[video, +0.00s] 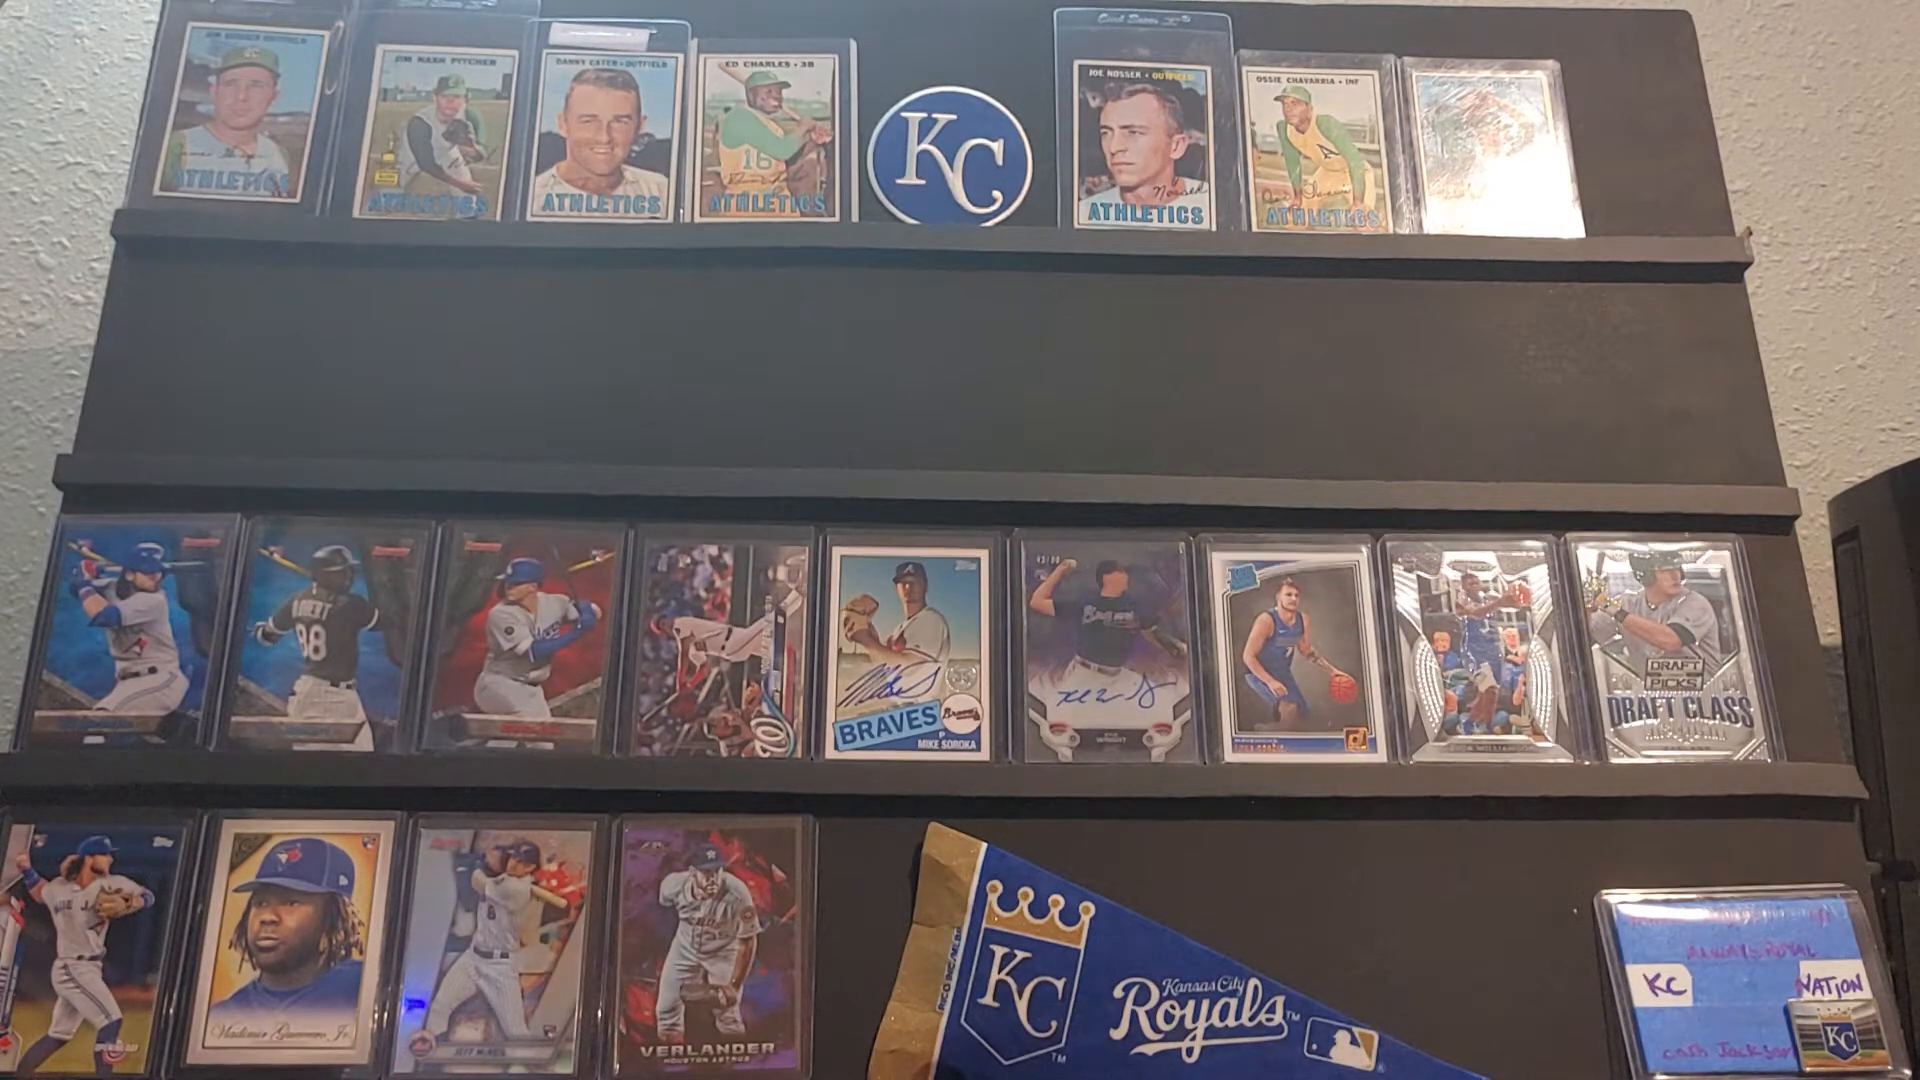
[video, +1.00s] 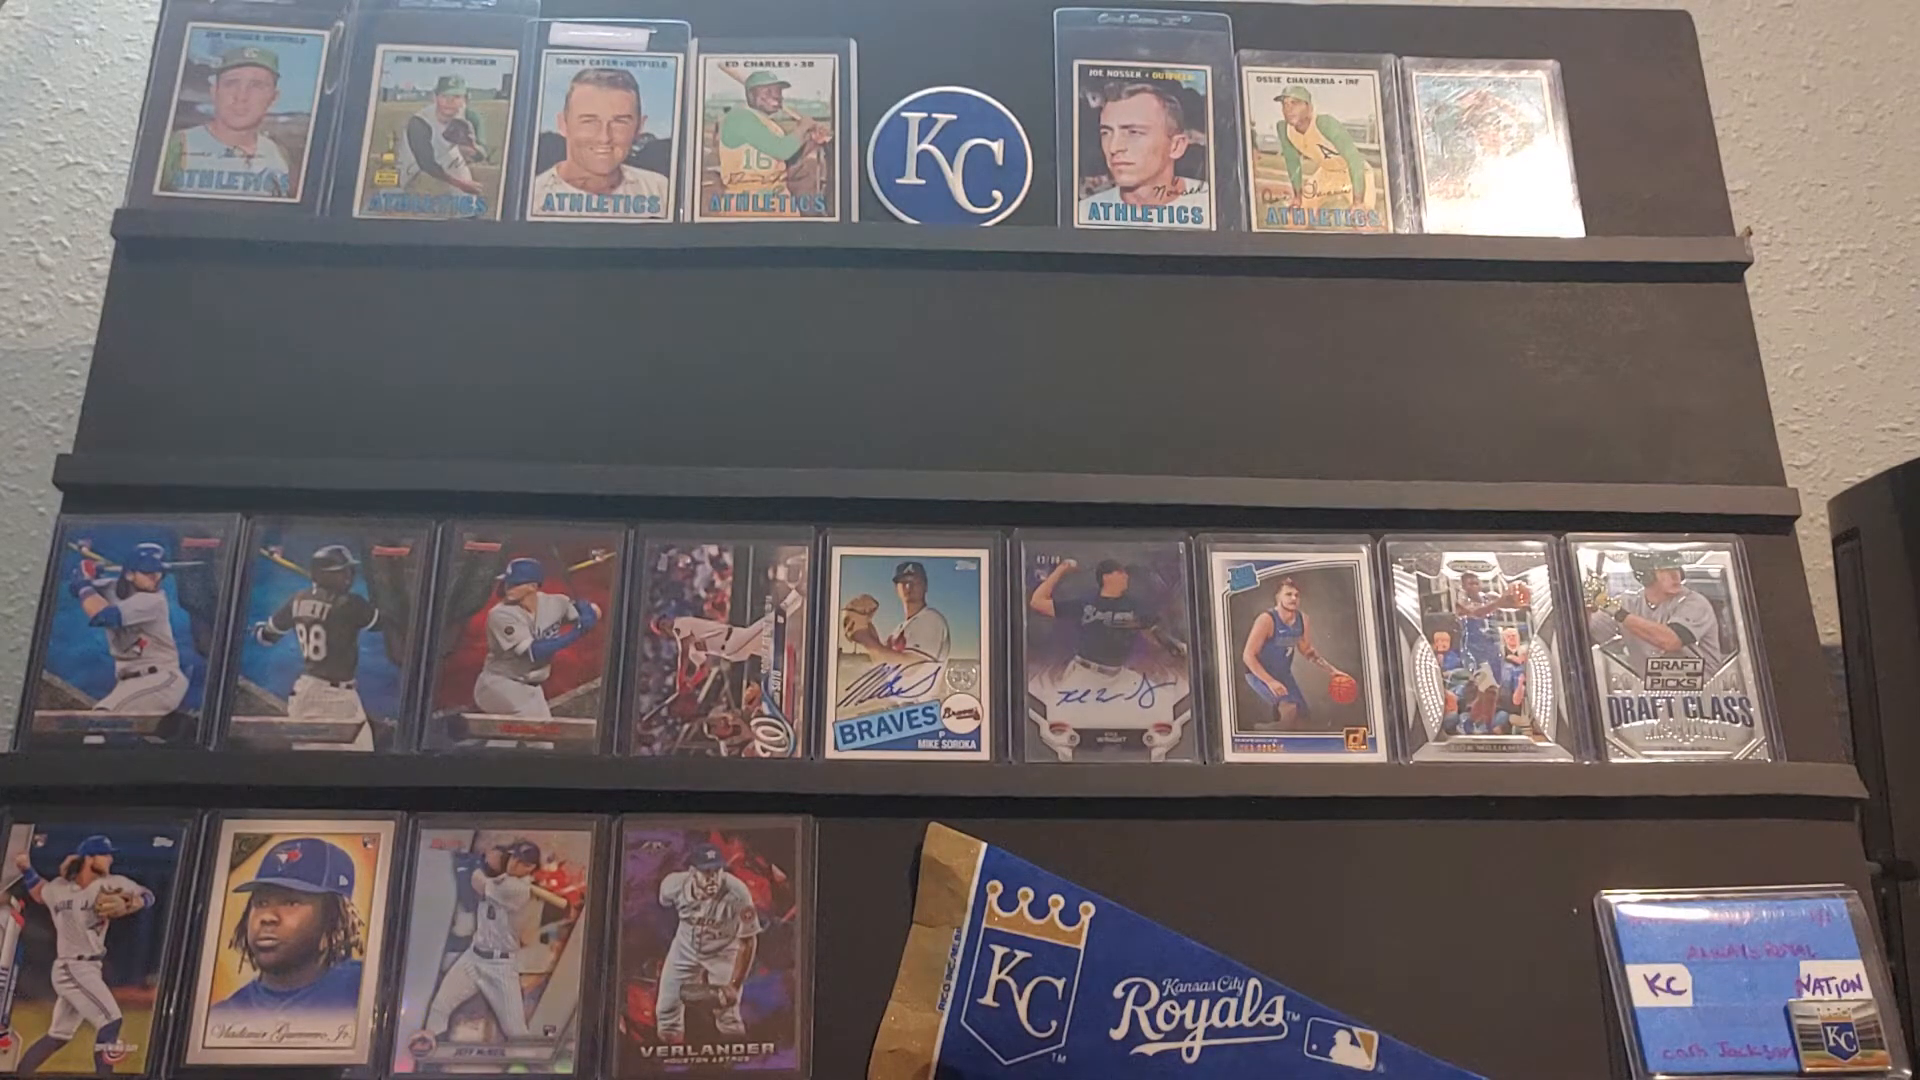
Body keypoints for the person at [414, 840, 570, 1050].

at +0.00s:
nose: (513, 864)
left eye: (520, 862)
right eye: (513, 858)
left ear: (530, 869)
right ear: (509, 858)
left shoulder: (518, 890)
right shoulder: (502, 879)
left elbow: (478, 882)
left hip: (501, 965)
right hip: (473, 957)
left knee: (515, 1030)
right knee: (441, 1004)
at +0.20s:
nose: (513, 863)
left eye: (519, 861)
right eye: (513, 858)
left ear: (530, 868)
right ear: (510, 858)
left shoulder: (518, 889)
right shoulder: (501, 880)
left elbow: (478, 882)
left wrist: (482, 865)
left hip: (501, 965)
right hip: (473, 957)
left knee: (516, 1030)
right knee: (440, 1006)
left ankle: (532, 1071)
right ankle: (428, 1064)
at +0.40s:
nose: (515, 864)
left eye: (522, 863)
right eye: (514, 859)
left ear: (531, 868)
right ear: (509, 858)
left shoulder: (518, 890)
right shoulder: (502, 879)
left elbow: (477, 881)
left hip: (501, 964)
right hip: (473, 957)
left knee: (515, 1030)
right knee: (441, 1004)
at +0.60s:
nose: (514, 864)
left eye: (521, 862)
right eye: (513, 858)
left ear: (531, 868)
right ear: (509, 858)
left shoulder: (519, 890)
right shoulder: (500, 880)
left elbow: (477, 881)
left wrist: (488, 865)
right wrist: (489, 864)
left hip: (501, 965)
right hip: (473, 958)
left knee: (515, 1029)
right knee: (440, 1005)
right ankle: (428, 1065)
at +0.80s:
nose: (515, 864)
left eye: (522, 862)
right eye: (514, 858)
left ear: (531, 868)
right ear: (510, 858)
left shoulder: (518, 890)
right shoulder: (502, 879)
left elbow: (477, 881)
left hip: (501, 965)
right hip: (473, 957)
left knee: (515, 1031)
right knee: (440, 1005)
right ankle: (426, 1065)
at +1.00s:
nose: (515, 865)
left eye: (522, 863)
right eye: (514, 859)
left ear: (531, 868)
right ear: (509, 858)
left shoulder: (518, 890)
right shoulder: (501, 879)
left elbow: (477, 881)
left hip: (501, 965)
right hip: (473, 957)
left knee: (514, 1029)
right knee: (439, 1006)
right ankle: (426, 1066)